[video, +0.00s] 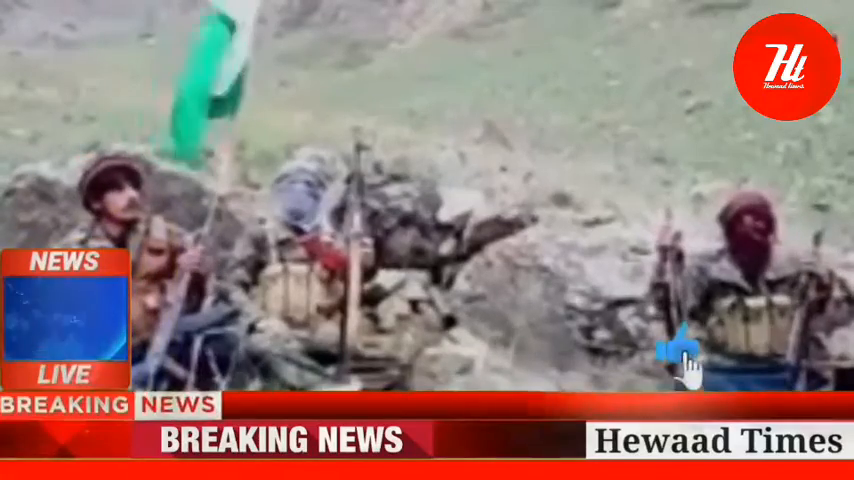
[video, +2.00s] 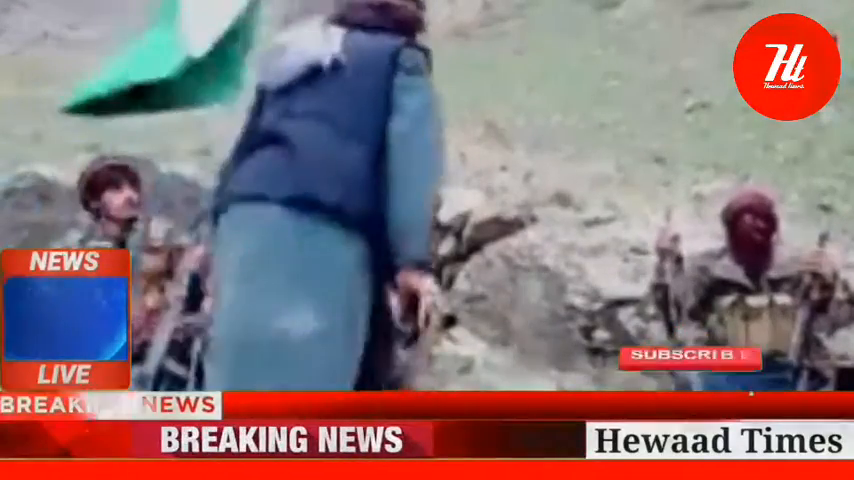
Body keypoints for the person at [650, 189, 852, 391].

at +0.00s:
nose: (756, 225)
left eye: (762, 218)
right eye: (746, 217)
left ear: (772, 227)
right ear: (730, 226)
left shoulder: (795, 271)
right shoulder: (704, 269)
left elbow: (844, 310)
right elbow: (672, 311)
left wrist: (825, 296)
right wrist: (667, 266)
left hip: (783, 375)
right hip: (721, 375)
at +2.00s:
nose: (759, 225)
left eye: (766, 218)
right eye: (750, 216)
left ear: (774, 227)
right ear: (731, 224)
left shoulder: (796, 270)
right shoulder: (704, 268)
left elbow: (826, 323)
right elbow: (674, 317)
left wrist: (828, 286)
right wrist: (667, 264)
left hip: (786, 372)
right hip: (723, 372)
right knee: (687, 374)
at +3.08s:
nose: (758, 224)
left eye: (763, 217)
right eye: (749, 216)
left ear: (772, 225)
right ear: (731, 224)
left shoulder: (795, 268)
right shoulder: (704, 267)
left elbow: (837, 319)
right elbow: (675, 312)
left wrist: (829, 288)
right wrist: (665, 268)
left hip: (788, 375)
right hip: (724, 374)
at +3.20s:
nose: (754, 224)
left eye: (762, 216)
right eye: (745, 217)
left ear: (773, 226)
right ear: (730, 226)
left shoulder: (795, 269)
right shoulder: (704, 268)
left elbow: (836, 320)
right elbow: (675, 313)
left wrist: (829, 287)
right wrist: (665, 268)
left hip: (786, 376)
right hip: (720, 376)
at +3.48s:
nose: (757, 225)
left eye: (764, 217)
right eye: (747, 217)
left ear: (774, 226)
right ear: (732, 226)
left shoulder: (794, 267)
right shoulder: (706, 268)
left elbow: (834, 319)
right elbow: (675, 309)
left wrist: (829, 286)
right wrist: (664, 267)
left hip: (787, 377)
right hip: (723, 377)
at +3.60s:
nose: (758, 225)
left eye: (764, 217)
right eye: (748, 217)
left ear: (774, 227)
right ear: (731, 226)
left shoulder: (795, 269)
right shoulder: (706, 269)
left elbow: (836, 320)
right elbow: (674, 307)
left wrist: (830, 286)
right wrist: (663, 267)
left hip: (787, 380)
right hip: (722, 380)